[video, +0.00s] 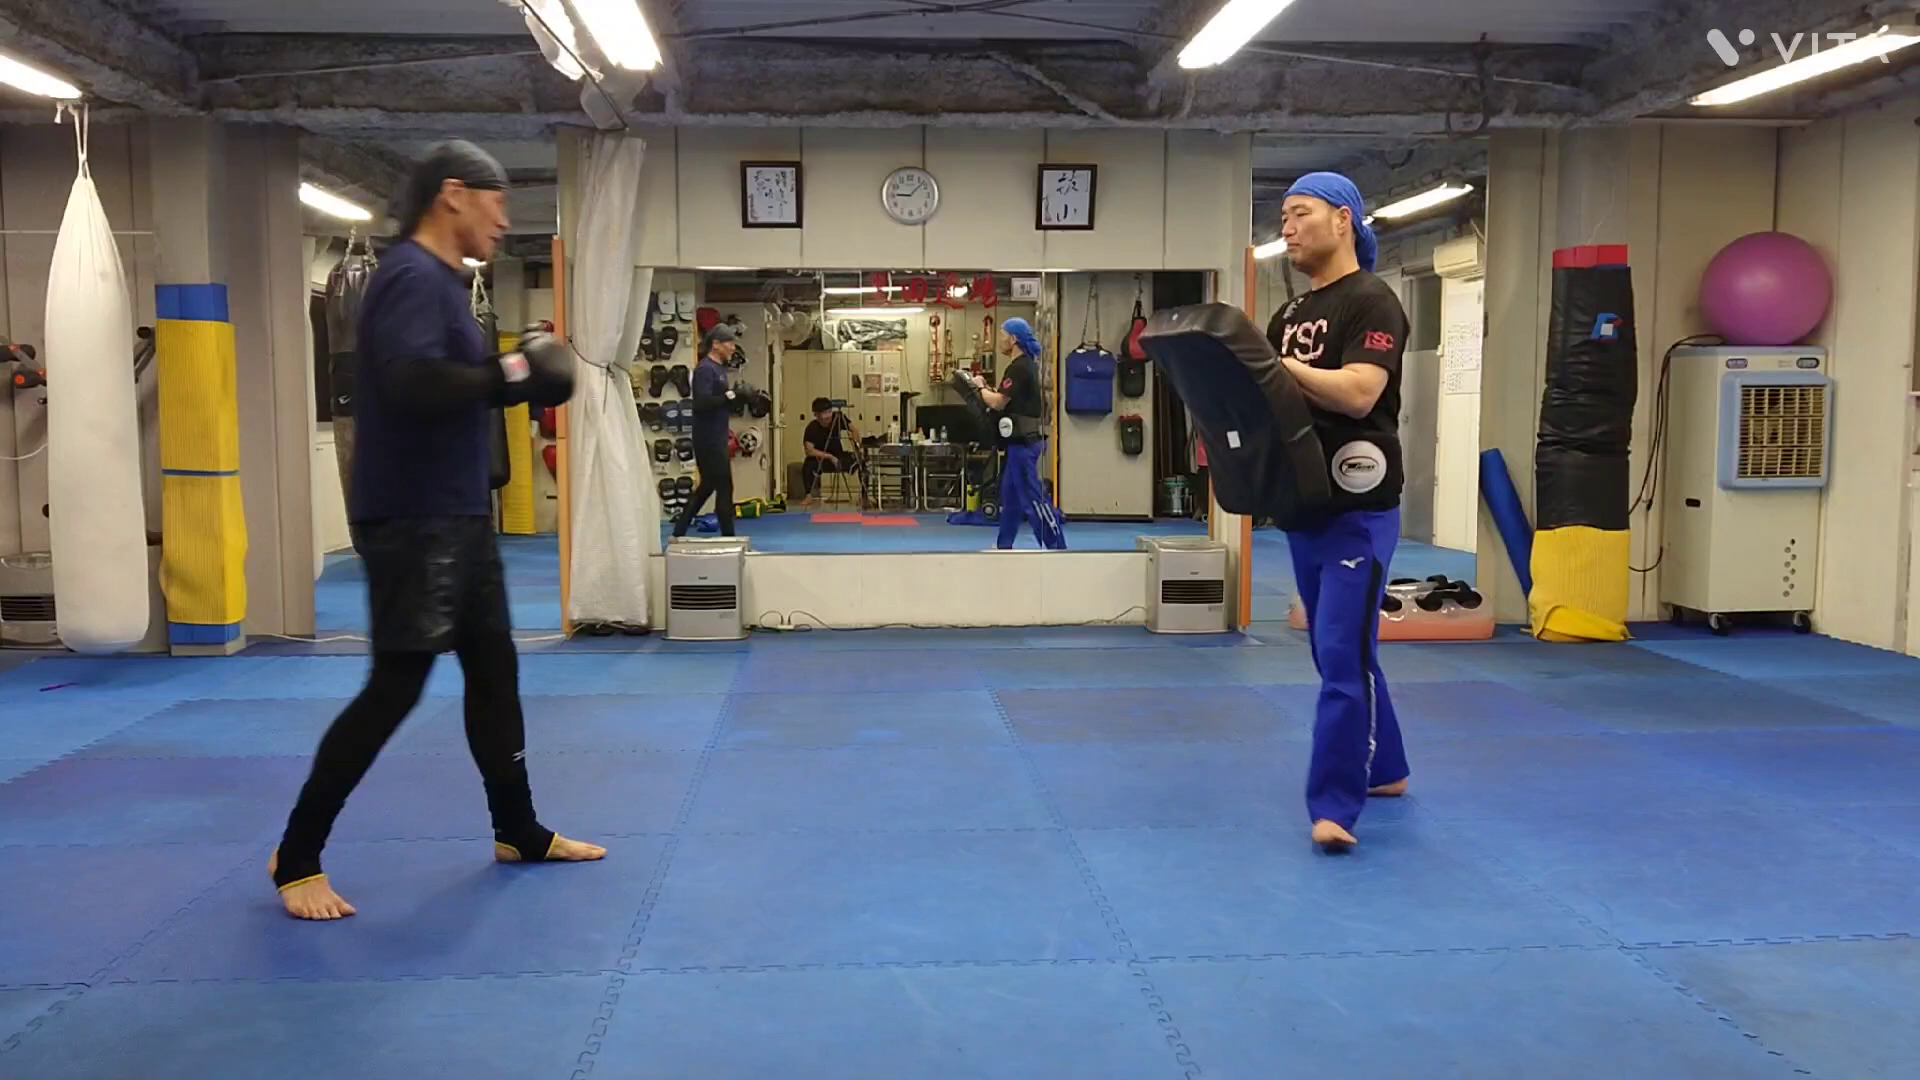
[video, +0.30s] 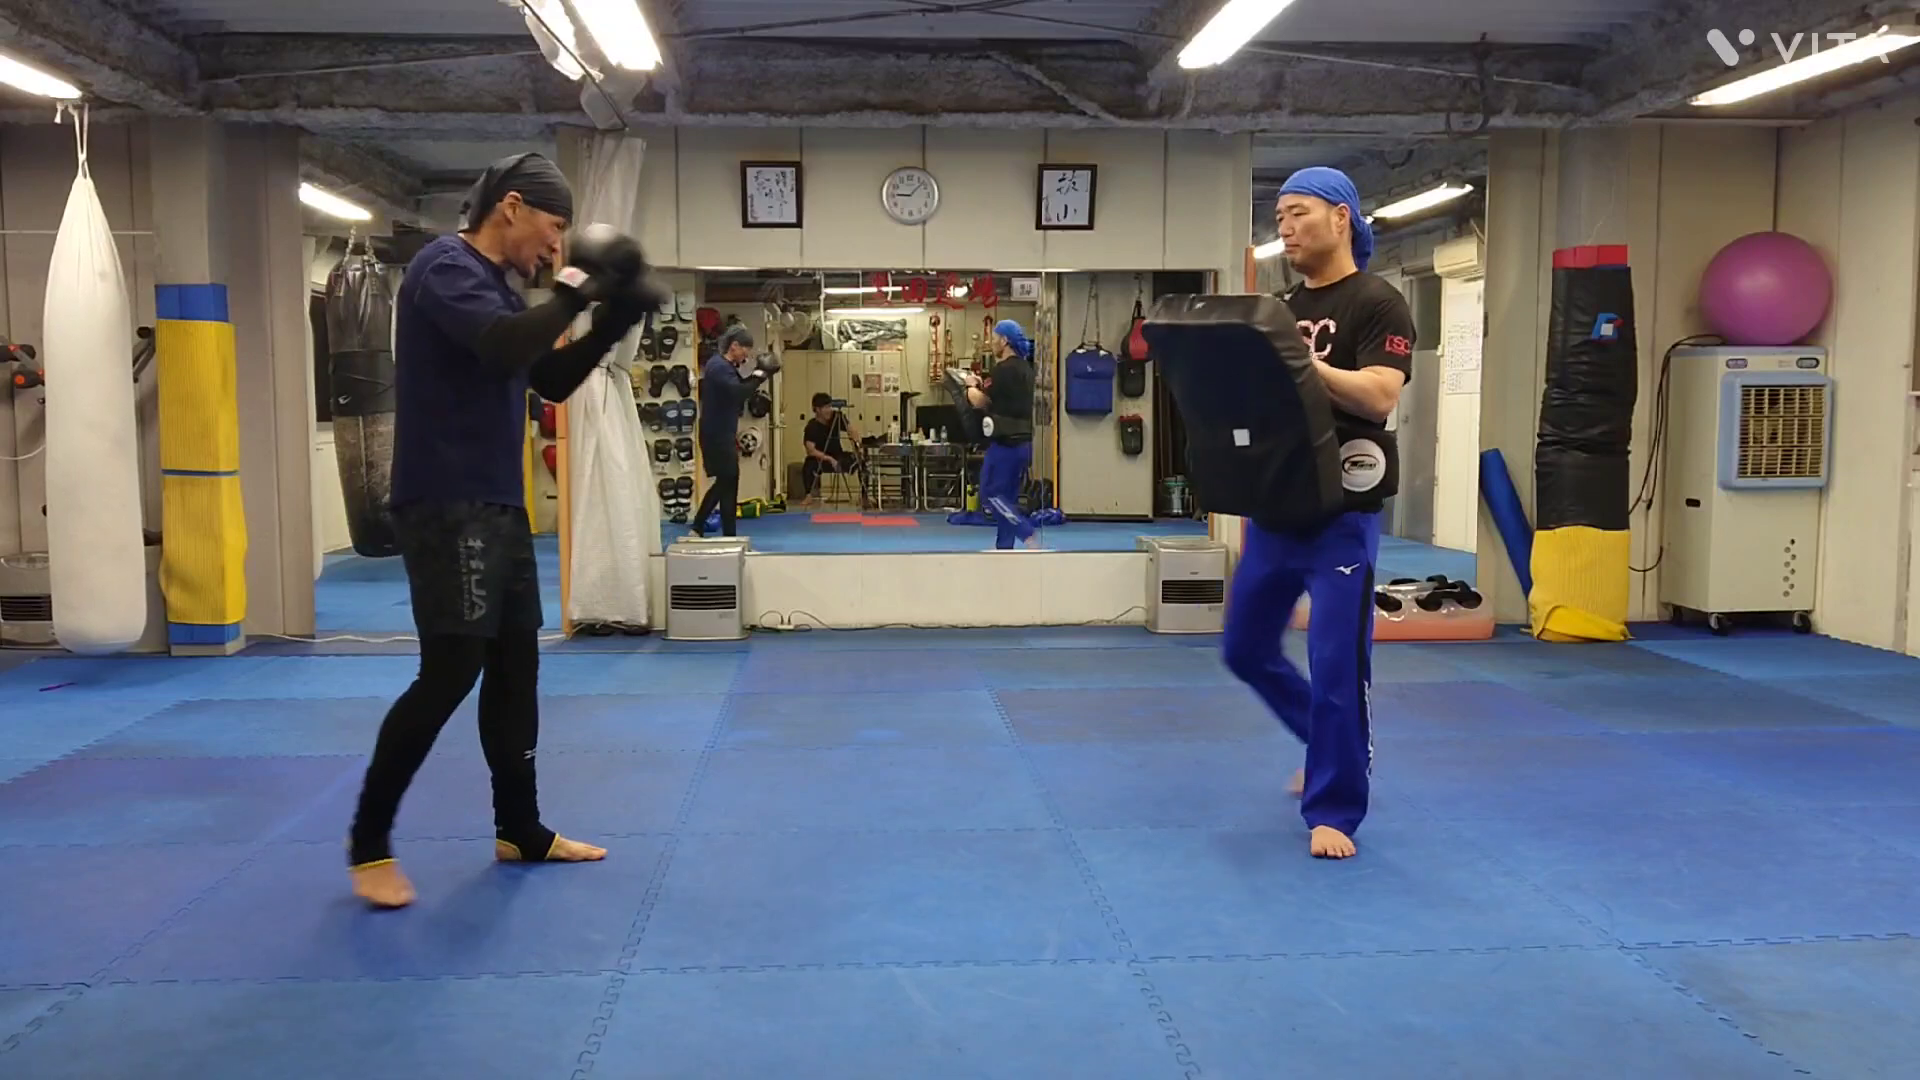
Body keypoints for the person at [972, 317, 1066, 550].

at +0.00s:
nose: (1000, 340)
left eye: (1003, 336)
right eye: (1001, 335)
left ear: (1014, 339)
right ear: (1017, 339)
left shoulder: (1019, 367)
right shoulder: (1026, 365)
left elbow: (998, 402)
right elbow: (1008, 399)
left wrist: (981, 388)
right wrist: (987, 389)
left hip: (1023, 441)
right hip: (1027, 438)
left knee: (1031, 495)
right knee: (1010, 494)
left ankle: (1057, 547)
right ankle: (1003, 545)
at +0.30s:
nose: (992, 343)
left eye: (995, 338)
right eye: (993, 338)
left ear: (1004, 341)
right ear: (1011, 341)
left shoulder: (1004, 369)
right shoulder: (1024, 367)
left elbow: (980, 403)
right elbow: (1004, 399)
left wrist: (971, 388)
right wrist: (981, 384)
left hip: (1004, 441)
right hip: (1022, 440)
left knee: (990, 493)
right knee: (1008, 495)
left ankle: (1028, 534)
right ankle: (1003, 549)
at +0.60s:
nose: (976, 342)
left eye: (978, 338)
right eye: (976, 338)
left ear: (988, 341)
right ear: (999, 342)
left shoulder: (978, 370)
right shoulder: (1015, 371)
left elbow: (958, 400)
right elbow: (1013, 404)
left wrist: (958, 388)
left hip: (980, 440)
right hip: (1006, 440)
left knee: (960, 488)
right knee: (1003, 496)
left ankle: (945, 540)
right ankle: (1004, 545)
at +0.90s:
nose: (952, 347)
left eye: (954, 344)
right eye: (953, 343)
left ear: (962, 347)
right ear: (975, 347)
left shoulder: (948, 374)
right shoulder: (990, 376)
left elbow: (932, 401)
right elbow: (995, 402)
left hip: (948, 443)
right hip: (978, 443)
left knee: (933, 495)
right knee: (987, 495)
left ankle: (922, 544)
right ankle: (1002, 544)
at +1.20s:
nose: (940, 347)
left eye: (942, 344)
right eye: (941, 343)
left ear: (950, 346)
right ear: (967, 347)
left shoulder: (937, 374)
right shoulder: (983, 376)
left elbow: (924, 400)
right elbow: (988, 406)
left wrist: (932, 371)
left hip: (940, 444)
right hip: (971, 444)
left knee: (929, 497)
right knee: (984, 495)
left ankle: (921, 546)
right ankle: (1000, 545)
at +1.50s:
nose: (940, 349)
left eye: (942, 346)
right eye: (941, 345)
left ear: (951, 349)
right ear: (966, 349)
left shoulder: (935, 378)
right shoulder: (981, 377)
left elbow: (925, 413)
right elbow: (987, 406)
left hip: (940, 445)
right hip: (971, 444)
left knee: (928, 497)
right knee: (980, 492)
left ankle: (921, 546)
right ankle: (1000, 543)